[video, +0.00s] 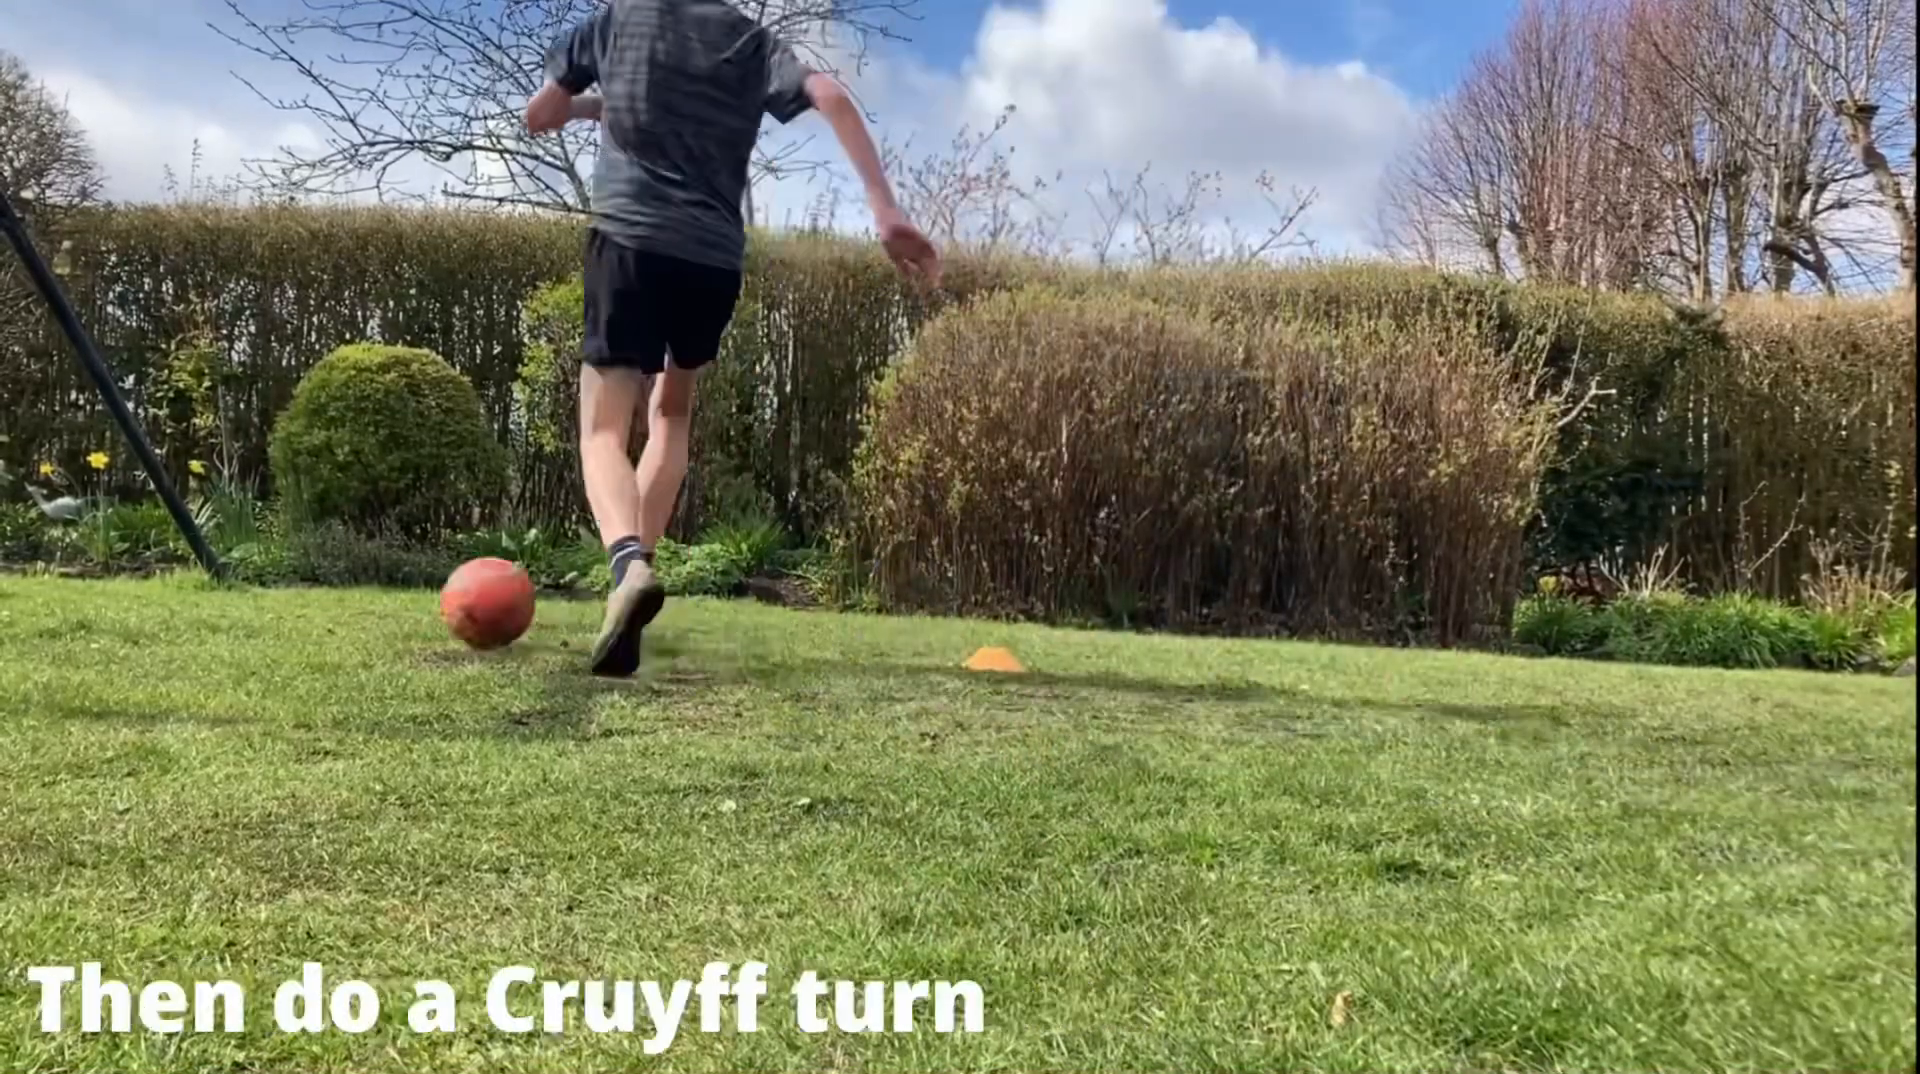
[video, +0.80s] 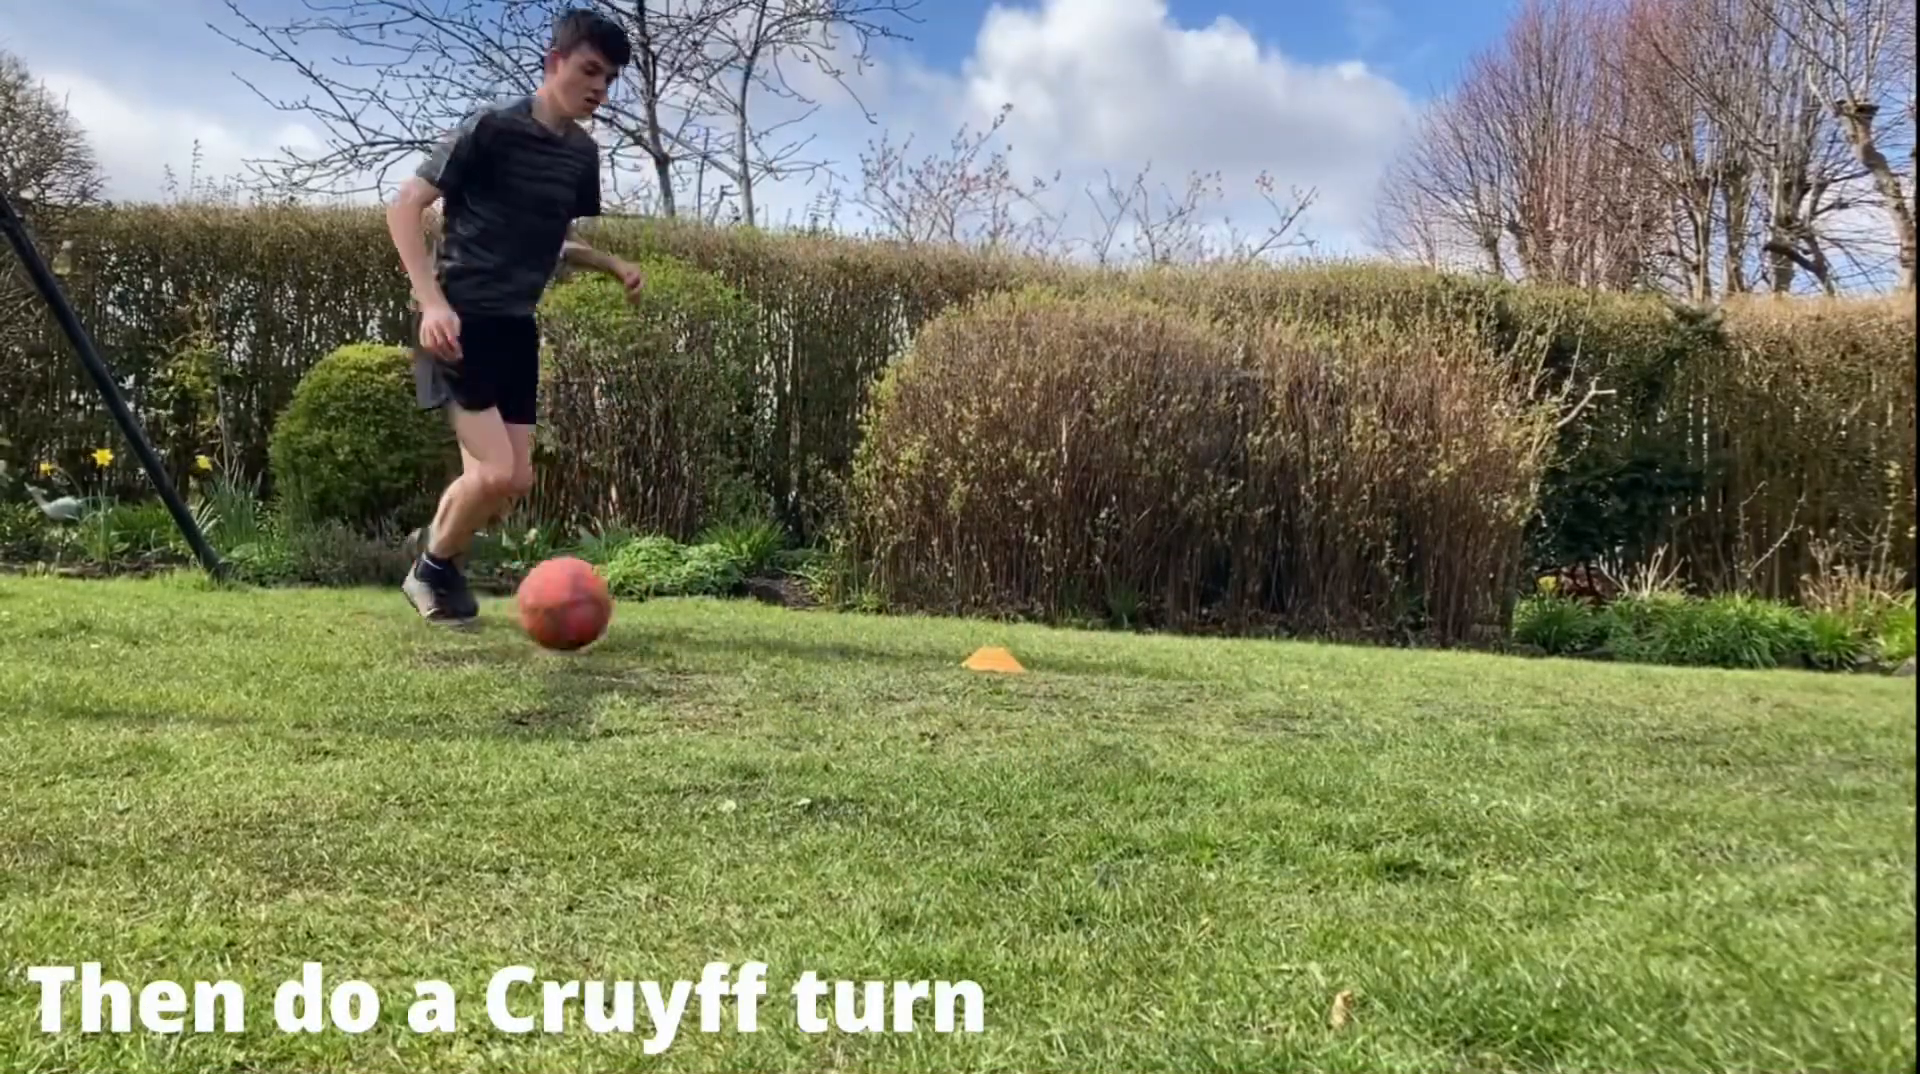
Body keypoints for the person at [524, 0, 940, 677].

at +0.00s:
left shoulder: (615, 19)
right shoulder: (755, 36)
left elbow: (538, 116)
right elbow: (832, 95)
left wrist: (602, 103)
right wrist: (887, 211)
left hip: (626, 239)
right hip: (714, 255)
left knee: (605, 429)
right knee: (672, 411)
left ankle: (629, 561)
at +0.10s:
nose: (636, 11)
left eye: (638, 4)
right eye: (645, 9)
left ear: (647, 4)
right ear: (703, 16)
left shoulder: (591, 46)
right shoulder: (726, 72)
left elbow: (531, 151)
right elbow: (789, 158)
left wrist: (582, 140)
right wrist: (818, 275)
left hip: (574, 268)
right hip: (660, 285)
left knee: (532, 410)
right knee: (617, 445)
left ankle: (508, 485)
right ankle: (581, 601)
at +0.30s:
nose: (638, 90)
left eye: (624, 72)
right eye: (670, 94)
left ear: (621, 72)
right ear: (673, 95)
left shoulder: (559, 104)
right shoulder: (663, 154)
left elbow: (487, 168)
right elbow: (696, 261)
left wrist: (510, 220)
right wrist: (676, 335)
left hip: (489, 284)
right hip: (564, 315)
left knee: (481, 397)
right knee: (587, 446)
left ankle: (375, 510)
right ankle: (556, 595)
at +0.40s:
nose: (660, 142)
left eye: (668, 131)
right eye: (667, 129)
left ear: (622, 92)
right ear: (659, 109)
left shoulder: (546, 113)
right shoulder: (627, 160)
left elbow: (448, 145)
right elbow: (620, 265)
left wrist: (462, 207)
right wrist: (620, 331)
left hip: (437, 285)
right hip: (499, 305)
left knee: (517, 390)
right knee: (587, 420)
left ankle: (397, 494)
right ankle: (536, 581)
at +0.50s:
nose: (653, 171)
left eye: (663, 162)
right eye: (659, 155)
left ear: (625, 127)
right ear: (632, 128)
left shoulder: (535, 150)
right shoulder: (576, 170)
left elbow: (439, 180)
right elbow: (516, 254)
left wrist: (472, 256)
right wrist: (561, 344)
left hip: (428, 310)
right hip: (471, 318)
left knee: (472, 457)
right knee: (564, 452)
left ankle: (411, 578)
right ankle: (480, 585)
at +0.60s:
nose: (628, 179)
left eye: (634, 169)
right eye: (624, 163)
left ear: (591, 151)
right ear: (588, 145)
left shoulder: (552, 211)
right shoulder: (525, 194)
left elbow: (500, 282)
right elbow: (430, 265)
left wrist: (536, 337)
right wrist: (472, 363)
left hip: (467, 346)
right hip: (437, 349)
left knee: (488, 483)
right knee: (555, 454)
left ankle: (404, 582)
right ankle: (478, 580)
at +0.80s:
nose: (600, 88)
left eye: (609, 78)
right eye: (590, 70)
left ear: (611, 83)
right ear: (553, 63)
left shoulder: (581, 151)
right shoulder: (490, 129)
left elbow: (550, 244)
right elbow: (405, 206)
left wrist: (612, 263)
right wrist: (430, 301)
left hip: (517, 326)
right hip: (457, 318)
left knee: (516, 481)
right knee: (494, 472)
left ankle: (437, 548)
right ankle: (433, 568)